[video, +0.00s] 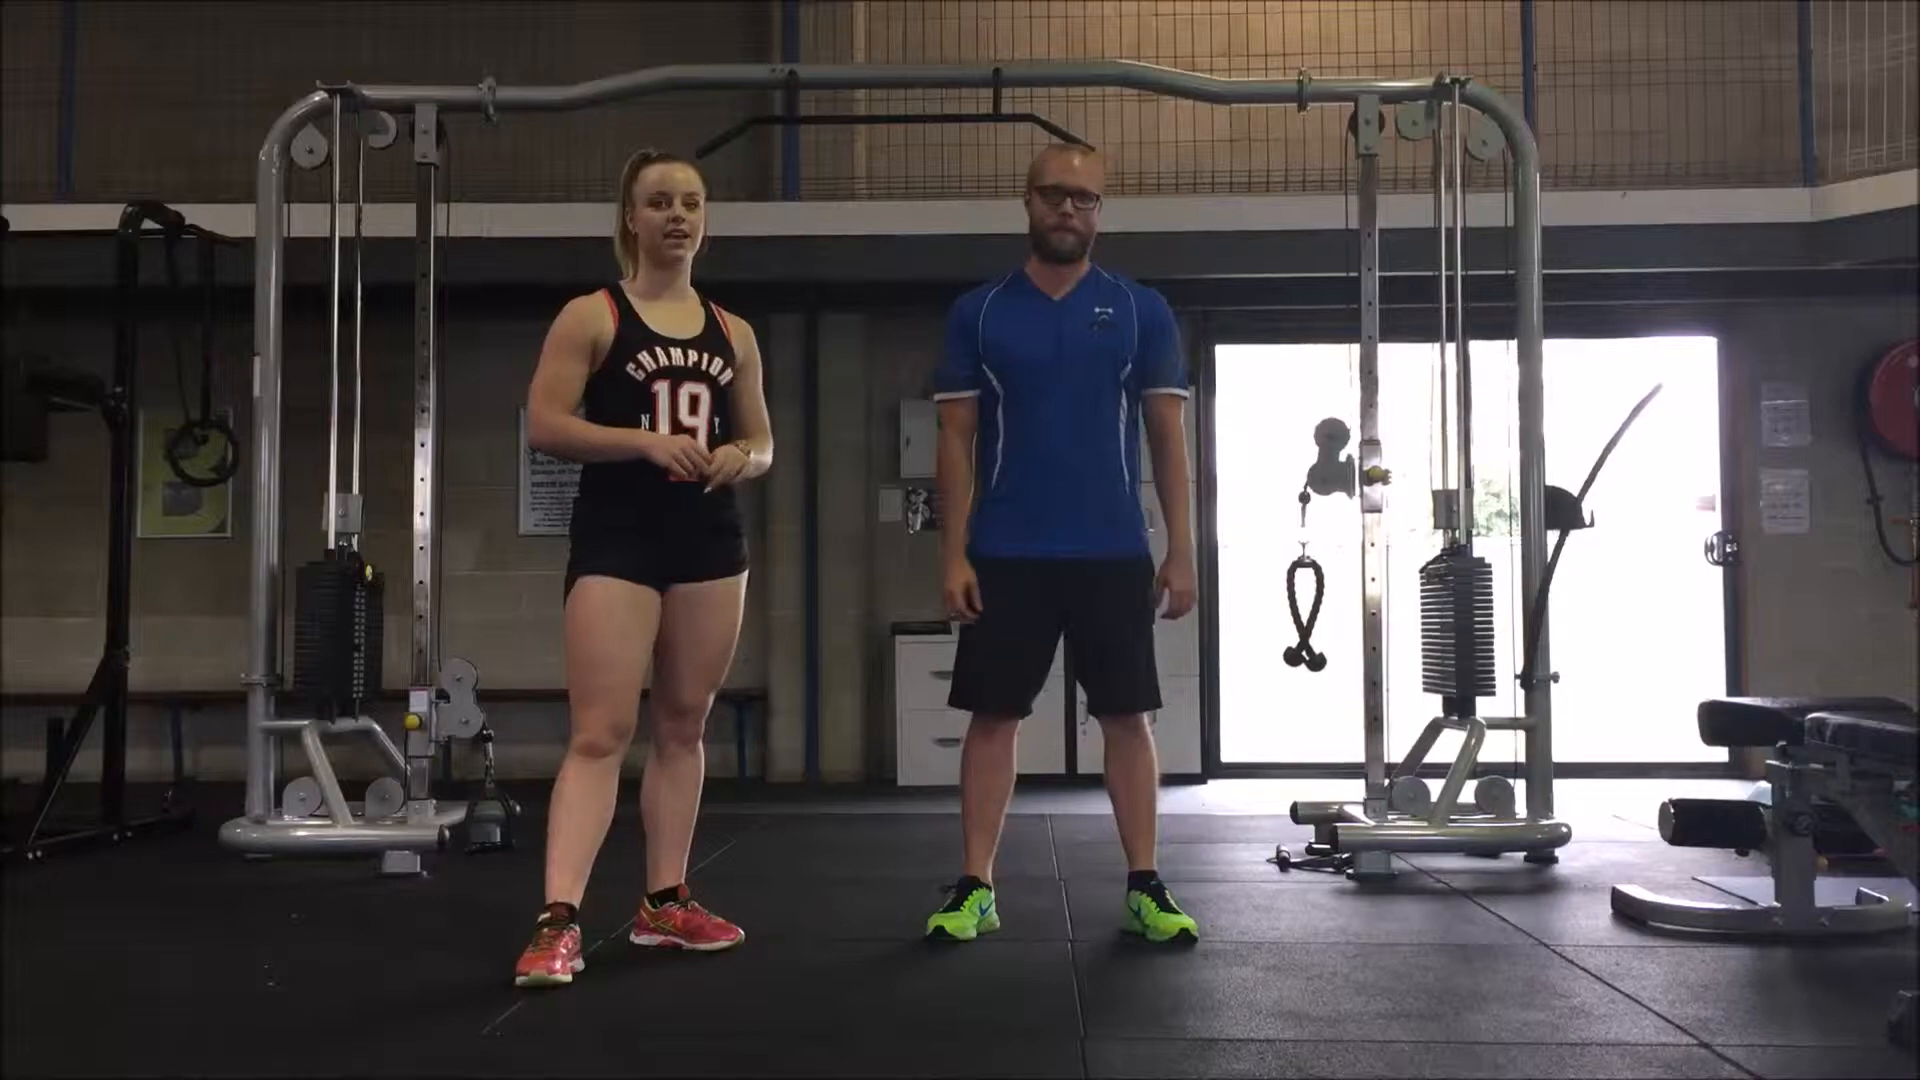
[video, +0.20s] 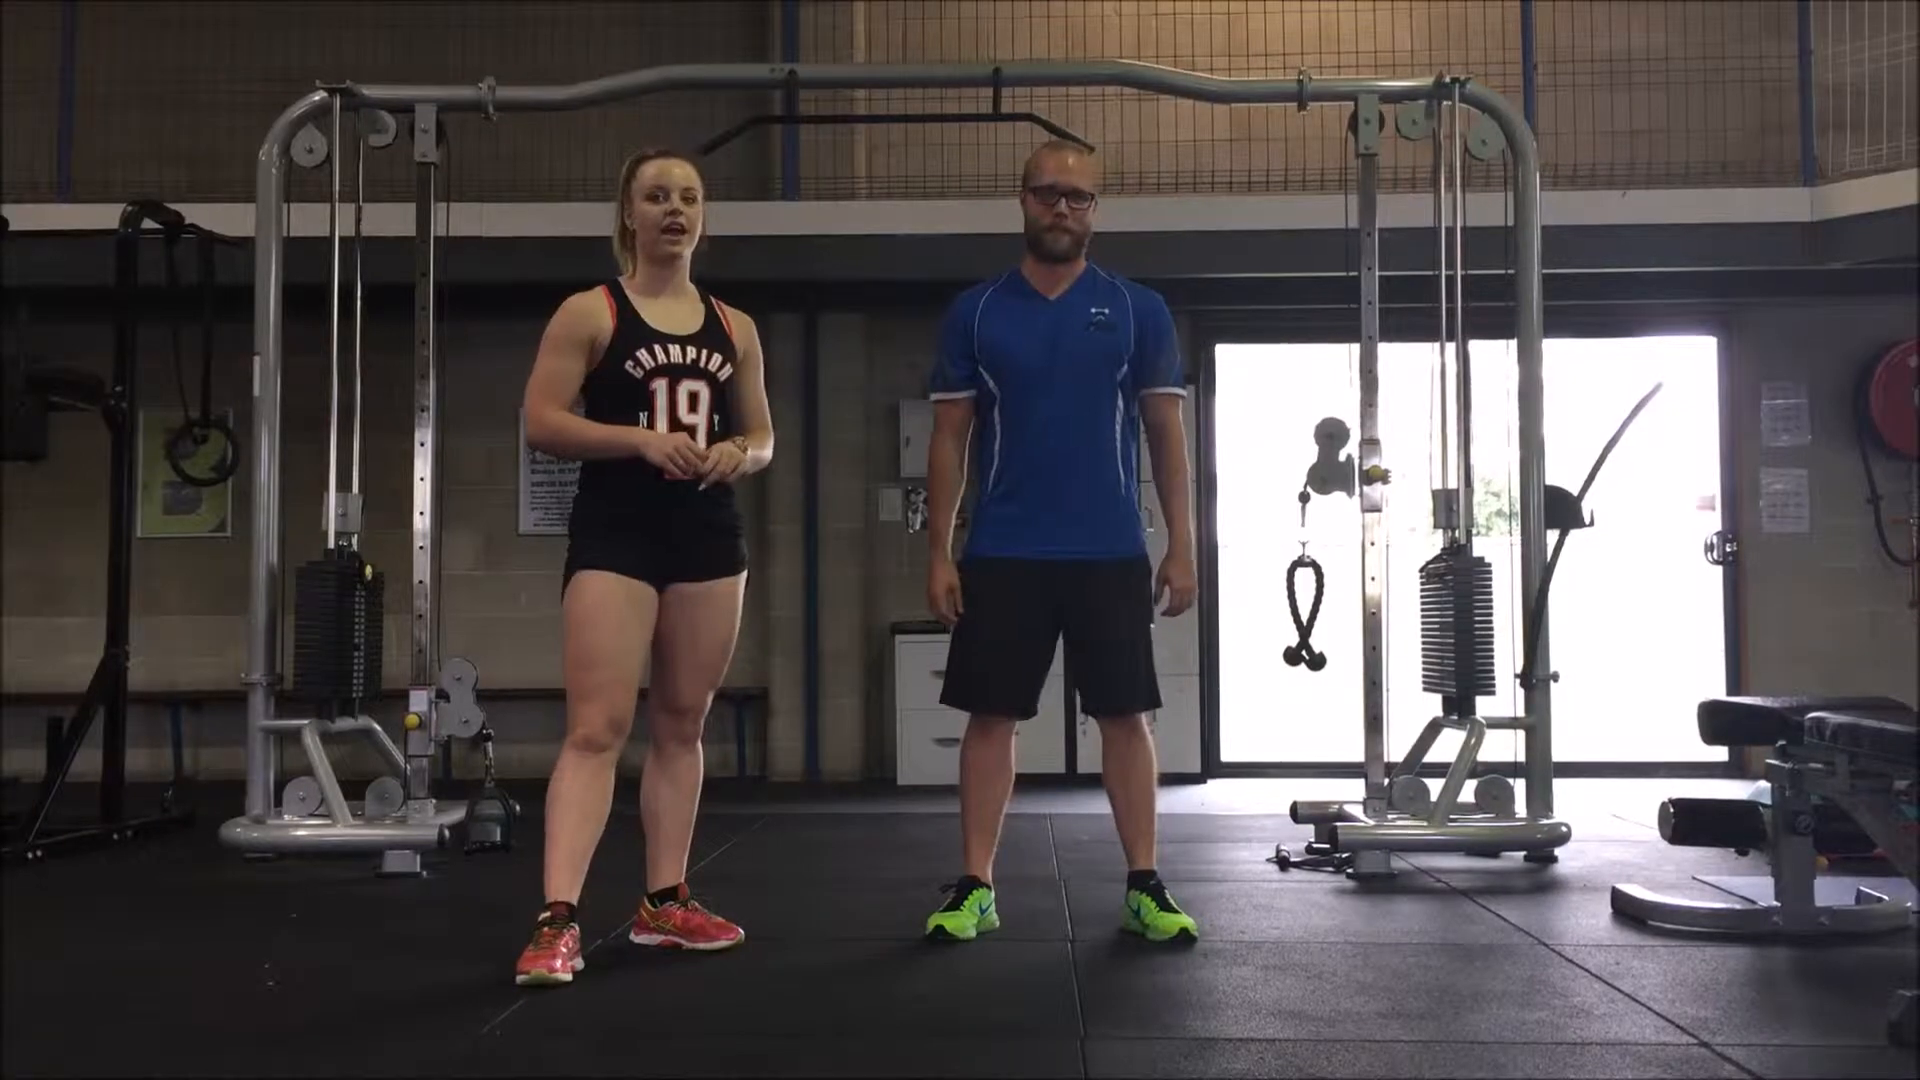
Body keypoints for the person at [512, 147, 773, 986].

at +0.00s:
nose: (677, 214)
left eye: (689, 203)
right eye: (660, 202)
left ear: (706, 220)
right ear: (628, 219)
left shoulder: (733, 333)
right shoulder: (590, 316)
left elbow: (758, 442)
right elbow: (544, 423)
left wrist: (742, 456)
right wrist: (644, 439)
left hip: (710, 550)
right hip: (616, 546)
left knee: (684, 727)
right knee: (599, 736)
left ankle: (666, 902)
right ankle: (560, 919)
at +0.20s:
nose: (673, 208)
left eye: (686, 197)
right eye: (656, 196)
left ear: (705, 218)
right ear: (627, 215)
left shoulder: (734, 328)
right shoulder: (587, 313)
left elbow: (759, 435)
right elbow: (540, 421)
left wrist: (739, 453)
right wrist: (637, 437)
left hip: (710, 545)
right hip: (614, 541)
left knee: (683, 725)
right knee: (596, 729)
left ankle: (665, 902)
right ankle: (558, 920)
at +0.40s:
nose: (668, 203)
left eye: (681, 193)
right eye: (651, 192)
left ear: (699, 214)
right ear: (621, 213)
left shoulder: (730, 323)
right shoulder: (582, 313)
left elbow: (764, 430)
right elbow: (536, 424)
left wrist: (743, 449)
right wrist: (633, 437)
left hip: (701, 543)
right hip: (607, 537)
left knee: (674, 724)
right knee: (591, 721)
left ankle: (665, 900)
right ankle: (544, 918)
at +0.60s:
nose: (652, 196)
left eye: (667, 187)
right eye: (636, 183)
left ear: (684, 213)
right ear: (606, 206)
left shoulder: (714, 318)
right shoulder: (565, 312)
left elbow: (751, 426)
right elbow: (521, 427)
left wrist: (732, 443)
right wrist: (620, 438)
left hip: (686, 541)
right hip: (592, 536)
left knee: (658, 727)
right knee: (580, 720)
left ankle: (663, 901)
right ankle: (541, 920)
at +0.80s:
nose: (633, 189)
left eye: (647, 179)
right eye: (617, 177)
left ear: (666, 204)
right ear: (587, 200)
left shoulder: (694, 315)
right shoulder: (548, 304)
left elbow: (714, 426)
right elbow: (500, 418)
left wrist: (701, 427)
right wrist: (602, 425)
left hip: (665, 537)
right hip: (571, 531)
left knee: (647, 727)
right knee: (565, 718)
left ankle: (663, 901)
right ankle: (537, 922)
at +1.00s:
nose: (618, 187)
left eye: (633, 177)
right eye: (601, 173)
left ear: (650, 202)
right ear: (568, 195)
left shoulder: (676, 313)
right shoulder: (530, 301)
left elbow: (710, 425)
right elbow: (482, 418)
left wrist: (695, 426)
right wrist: (589, 425)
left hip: (647, 537)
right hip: (553, 530)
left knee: (647, 733)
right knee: (550, 720)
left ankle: (663, 902)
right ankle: (536, 924)